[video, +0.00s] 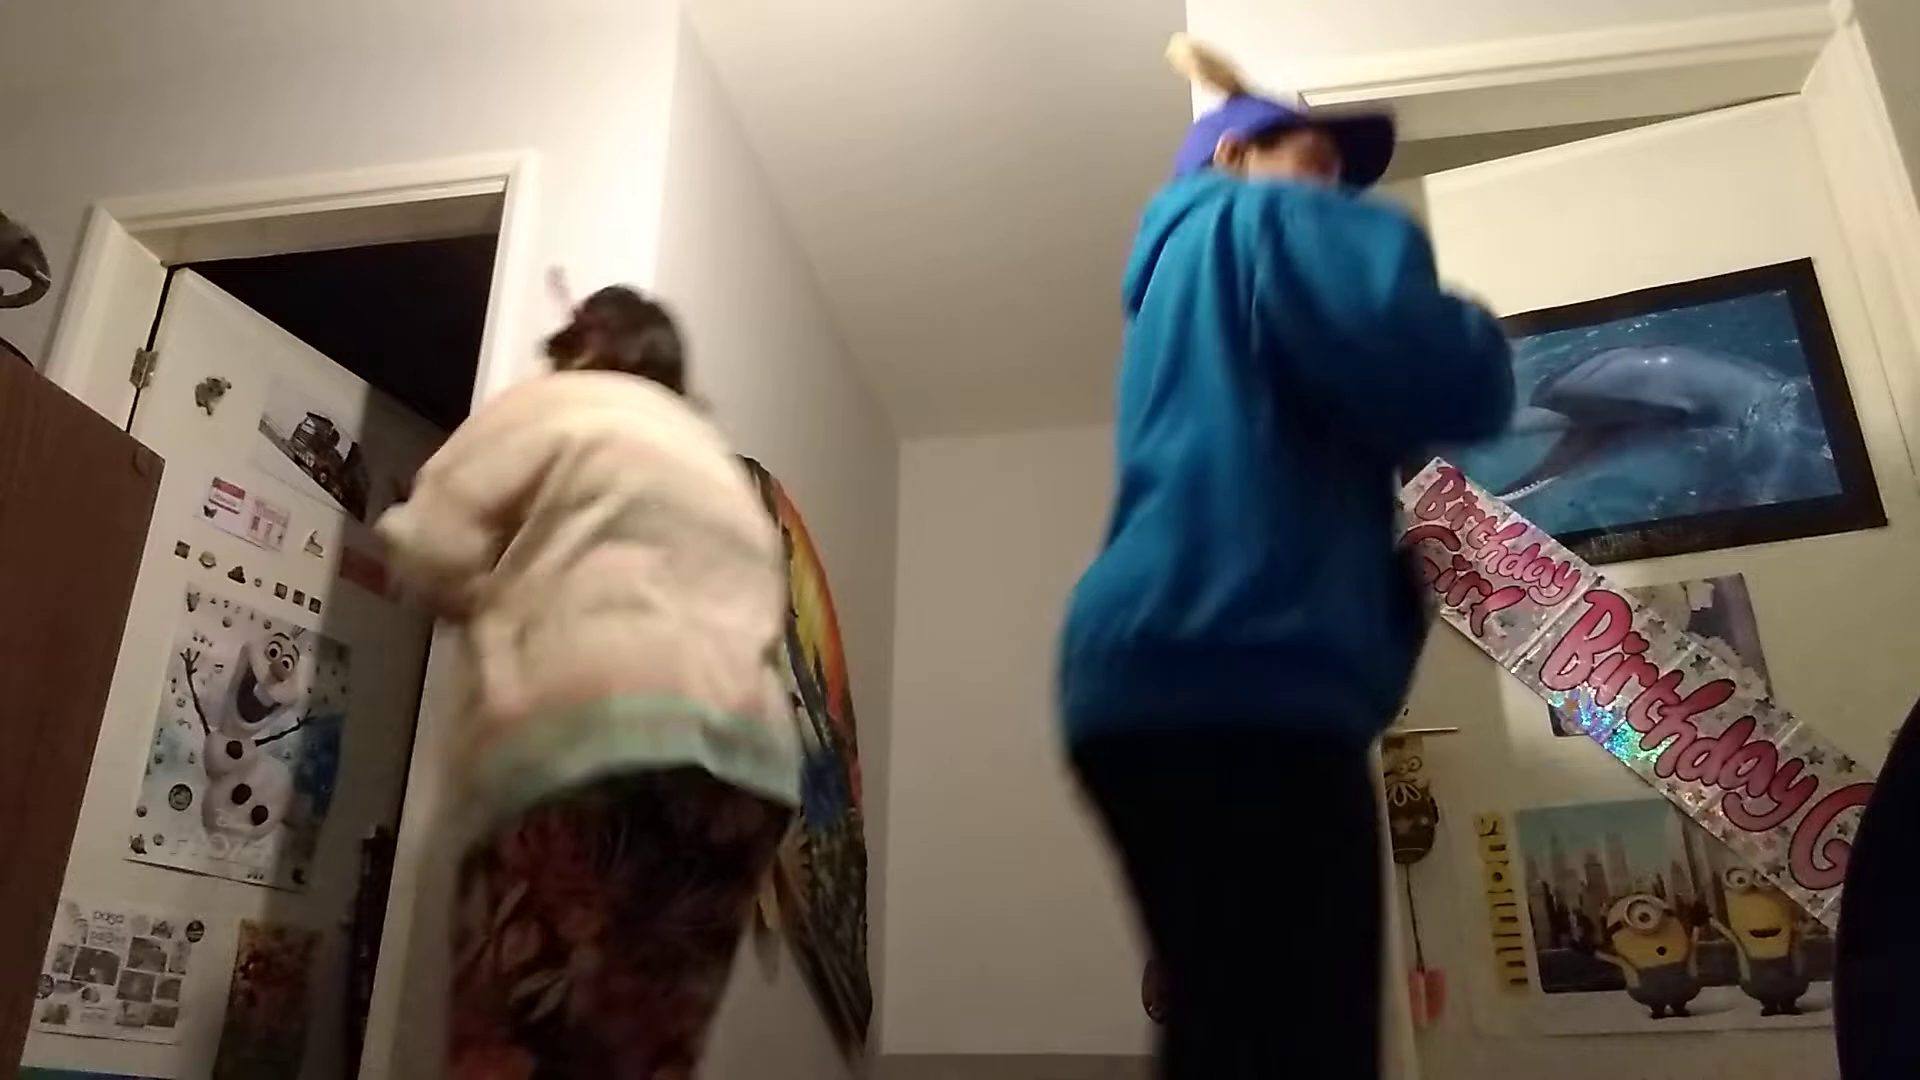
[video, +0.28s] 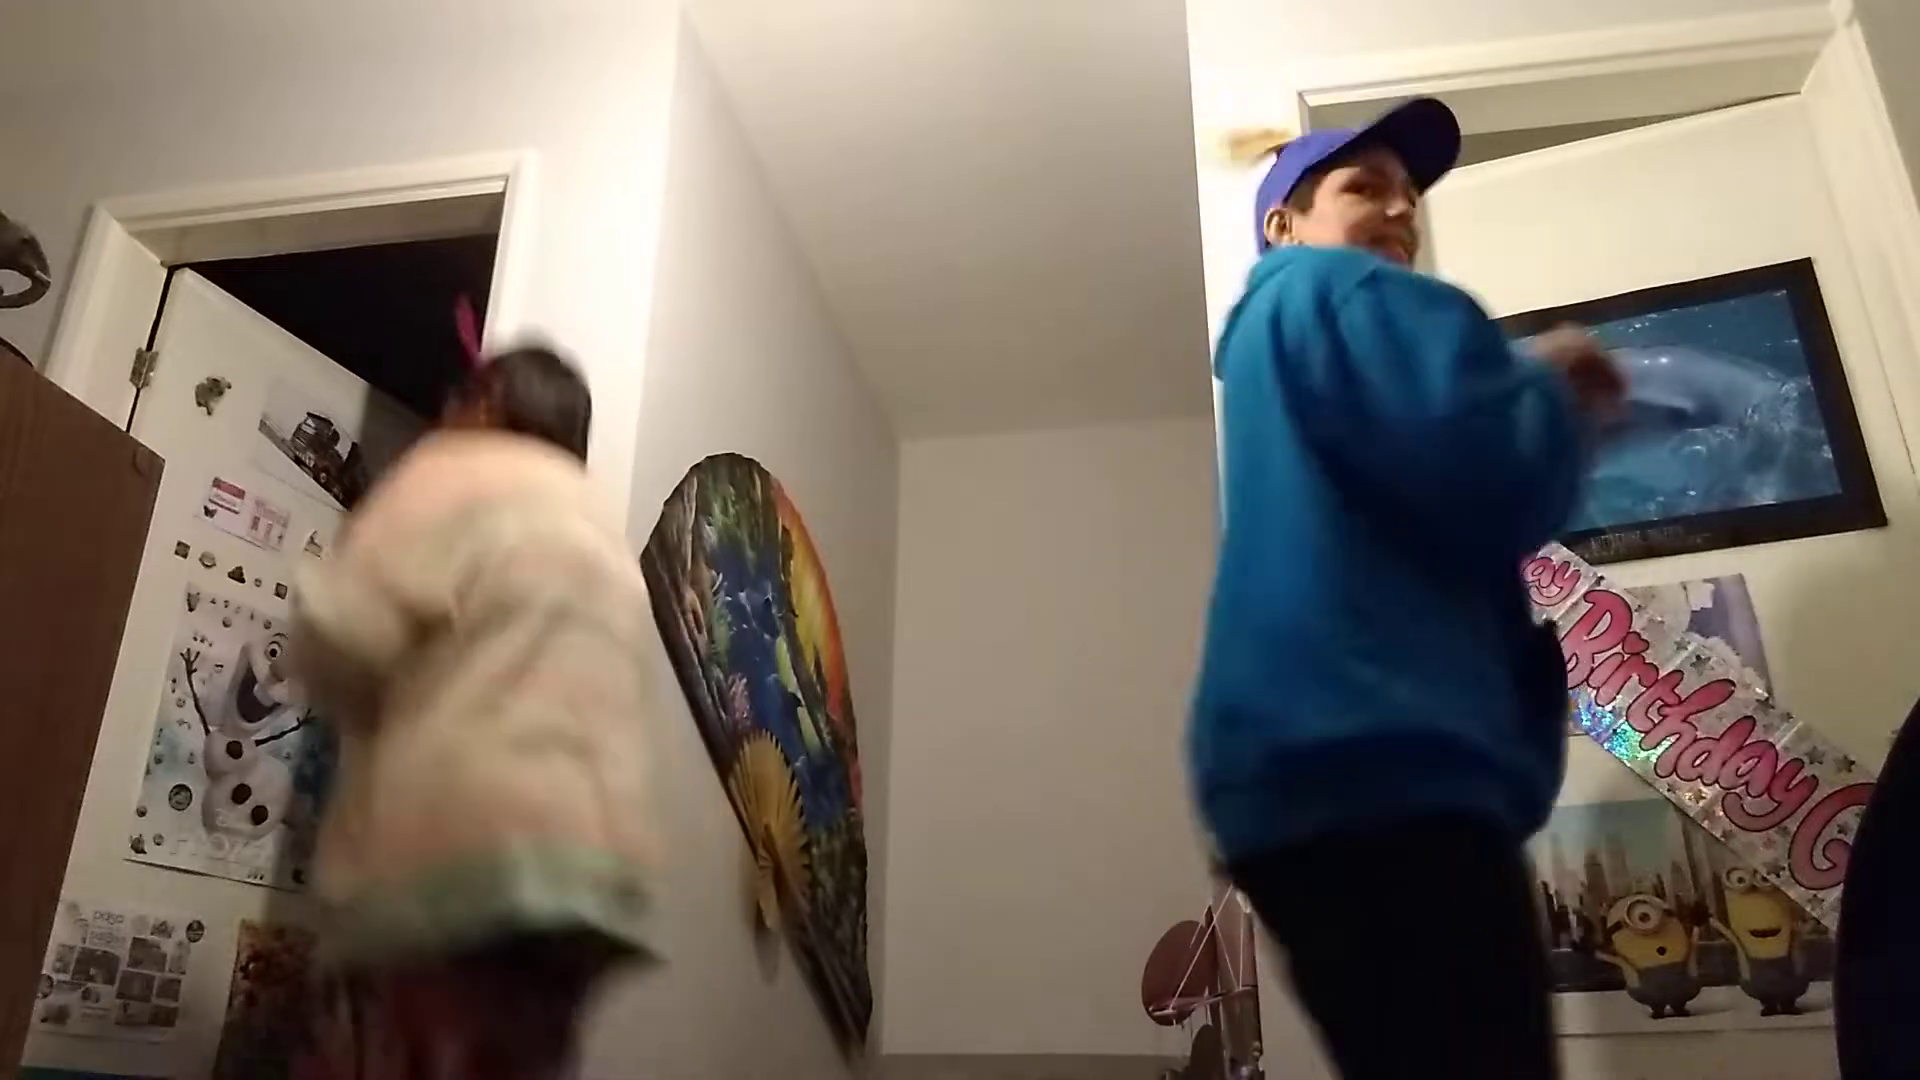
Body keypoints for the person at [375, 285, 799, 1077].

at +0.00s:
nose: (557, 358)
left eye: (566, 347)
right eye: (563, 348)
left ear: (591, 341)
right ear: (672, 365)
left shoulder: (552, 399)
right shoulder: (722, 459)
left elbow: (429, 549)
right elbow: (764, 619)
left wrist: (488, 594)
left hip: (578, 754)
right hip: (751, 775)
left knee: (515, 1032)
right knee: (660, 1046)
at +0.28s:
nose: (454, 412)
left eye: (464, 397)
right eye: (462, 398)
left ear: (485, 401)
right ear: (576, 432)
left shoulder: (455, 468)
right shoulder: (605, 527)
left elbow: (345, 626)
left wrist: (362, 718)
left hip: (445, 854)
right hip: (591, 860)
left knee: (425, 1057)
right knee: (529, 1058)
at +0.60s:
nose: (319, 385)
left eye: (335, 360)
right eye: (327, 361)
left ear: (368, 364)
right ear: (449, 392)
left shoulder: (336, 459)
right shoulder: (466, 502)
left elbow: (213, 622)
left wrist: (229, 717)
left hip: (304, 851)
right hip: (436, 856)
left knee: (202, 1060)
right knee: (309, 1060)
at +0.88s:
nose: (231, 388)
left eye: (253, 368)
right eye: (240, 370)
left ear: (325, 383)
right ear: (331, 390)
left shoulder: (326, 473)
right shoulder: (375, 484)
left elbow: (233, 637)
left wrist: (134, 588)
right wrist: (171, 573)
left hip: (249, 900)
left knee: (180, 1061)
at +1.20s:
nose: (199, 381)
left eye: (232, 368)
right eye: (192, 365)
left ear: (304, 408)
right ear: (179, 388)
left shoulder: (333, 509)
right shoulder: (160, 539)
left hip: (227, 945)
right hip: (91, 926)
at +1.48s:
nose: (227, 392)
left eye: (257, 378)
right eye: (205, 372)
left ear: (297, 418)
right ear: (174, 397)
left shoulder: (345, 550)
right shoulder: (115, 514)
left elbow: (379, 728)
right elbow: (22, 617)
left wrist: (282, 634)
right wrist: (117, 596)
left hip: (228, 923)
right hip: (66, 893)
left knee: (184, 1065)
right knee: (34, 1061)